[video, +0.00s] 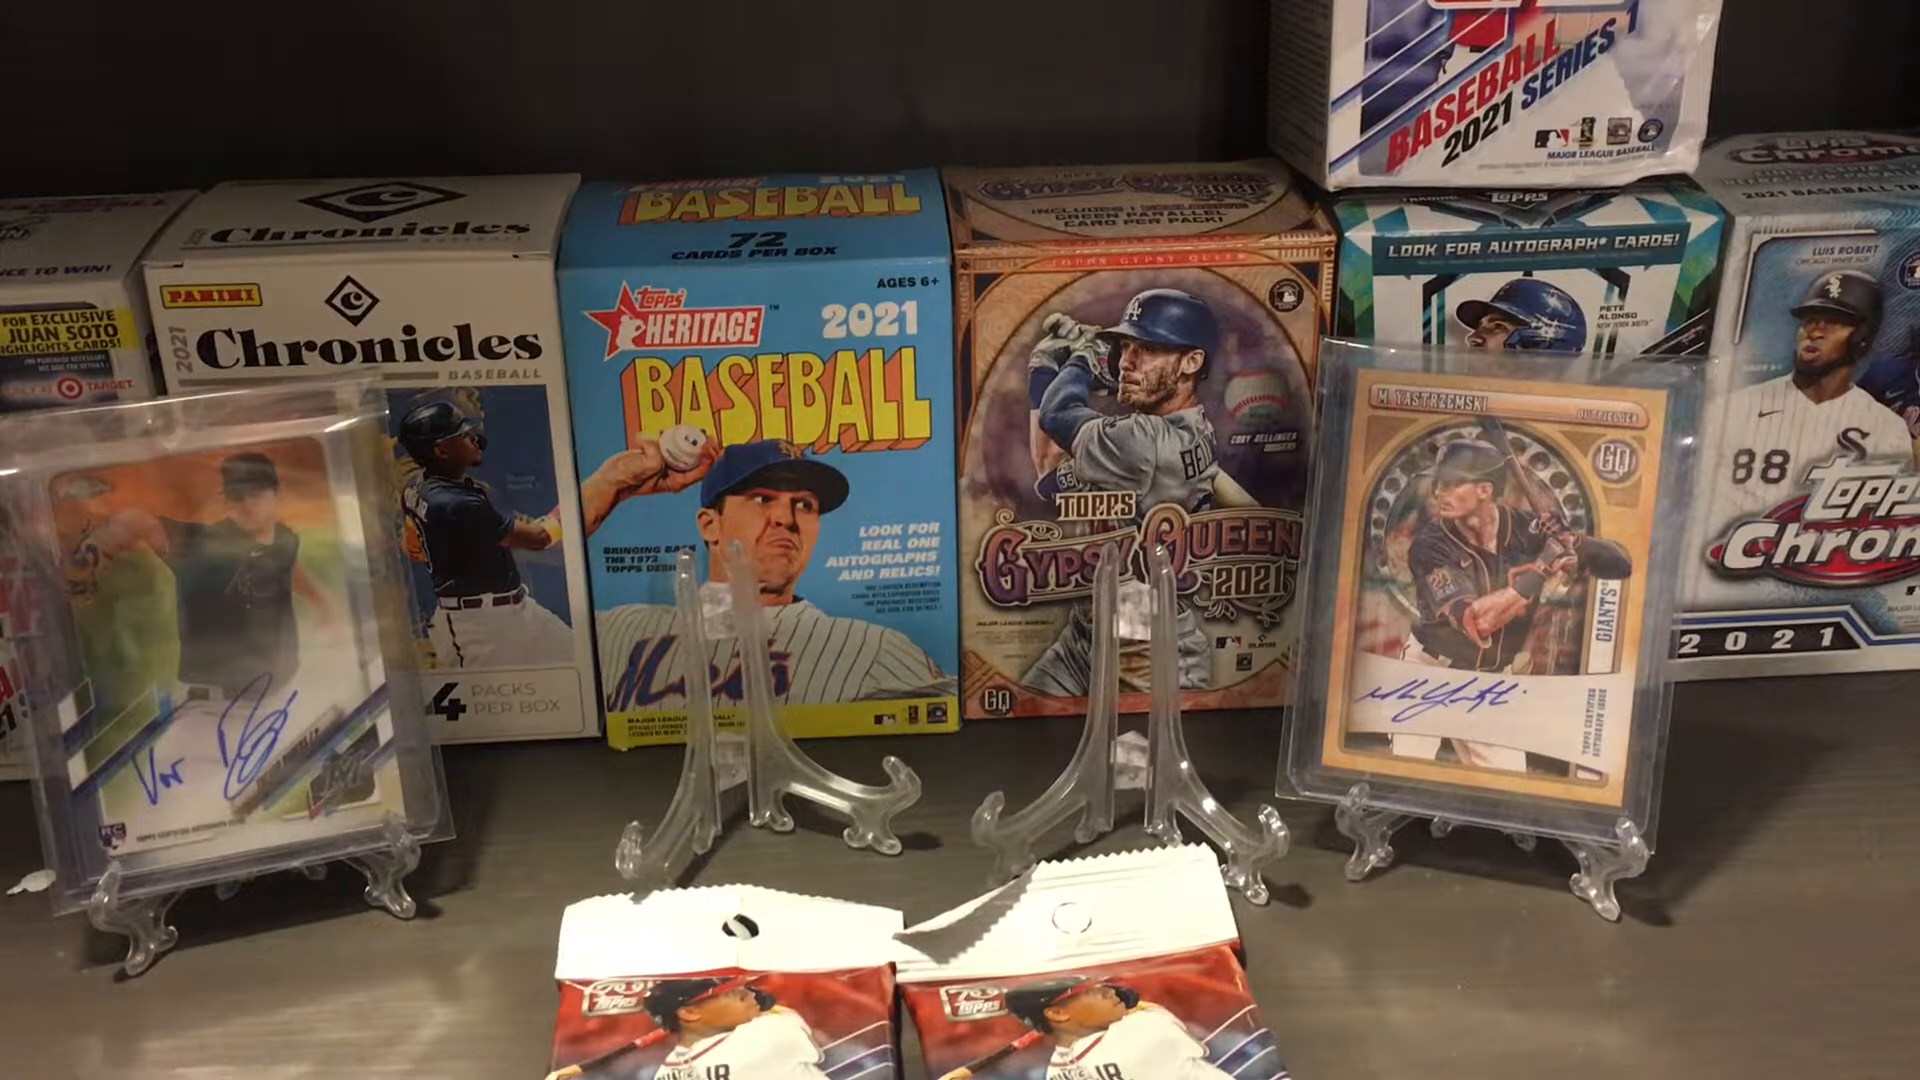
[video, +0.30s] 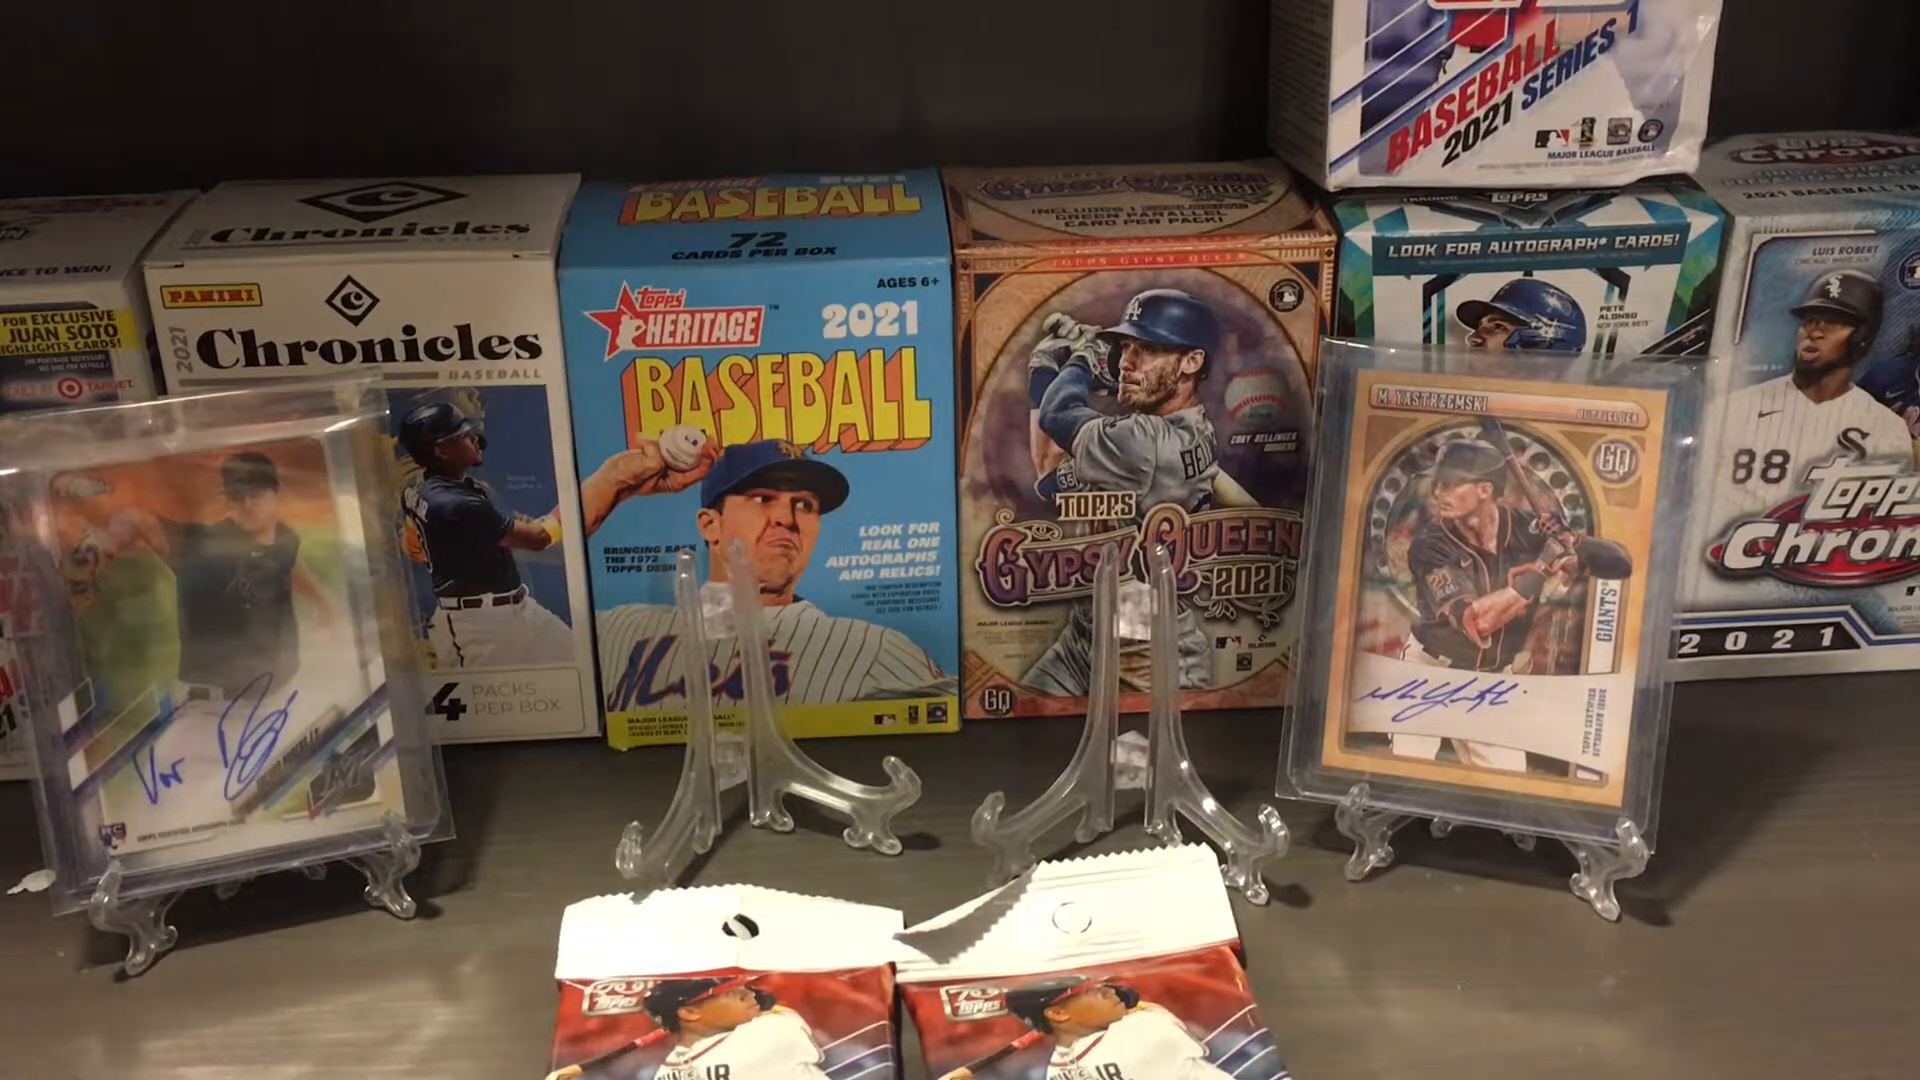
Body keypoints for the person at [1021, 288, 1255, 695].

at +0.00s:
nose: (1128, 361)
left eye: (1148, 350)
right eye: (1127, 347)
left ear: (1190, 363)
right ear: (1121, 348)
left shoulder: (1141, 441)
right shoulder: (1187, 430)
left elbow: (1060, 410)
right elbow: (1049, 474)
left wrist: (1086, 361)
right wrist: (1041, 373)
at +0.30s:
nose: (1128, 361)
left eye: (1147, 350)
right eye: (1127, 347)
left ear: (1190, 363)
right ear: (1121, 347)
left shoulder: (1139, 440)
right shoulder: (1190, 432)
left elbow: (1060, 410)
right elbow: (1049, 476)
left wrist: (1085, 362)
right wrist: (1041, 373)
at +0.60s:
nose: (1128, 361)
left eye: (1147, 350)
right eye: (1127, 347)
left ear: (1190, 363)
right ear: (1121, 347)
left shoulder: (1139, 440)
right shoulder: (1190, 432)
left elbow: (1060, 410)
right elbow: (1049, 476)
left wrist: (1085, 362)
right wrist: (1041, 373)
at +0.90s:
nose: (1127, 361)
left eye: (1147, 350)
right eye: (1126, 347)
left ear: (1190, 363)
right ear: (1121, 348)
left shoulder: (1139, 440)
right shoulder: (1190, 430)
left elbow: (1060, 409)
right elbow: (1048, 476)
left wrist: (1085, 361)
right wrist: (1041, 372)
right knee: (1011, 736)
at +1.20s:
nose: (1127, 361)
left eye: (1147, 350)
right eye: (1127, 347)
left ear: (1190, 363)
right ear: (1121, 348)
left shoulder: (1139, 440)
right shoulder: (1190, 431)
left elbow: (1060, 409)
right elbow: (1048, 476)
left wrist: (1085, 361)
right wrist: (1041, 372)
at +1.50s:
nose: (1127, 361)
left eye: (1147, 350)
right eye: (1127, 347)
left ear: (1190, 363)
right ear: (1121, 347)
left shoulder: (1139, 440)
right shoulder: (1190, 431)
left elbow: (1060, 409)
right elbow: (1048, 476)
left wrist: (1085, 361)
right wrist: (1041, 372)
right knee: (1010, 738)